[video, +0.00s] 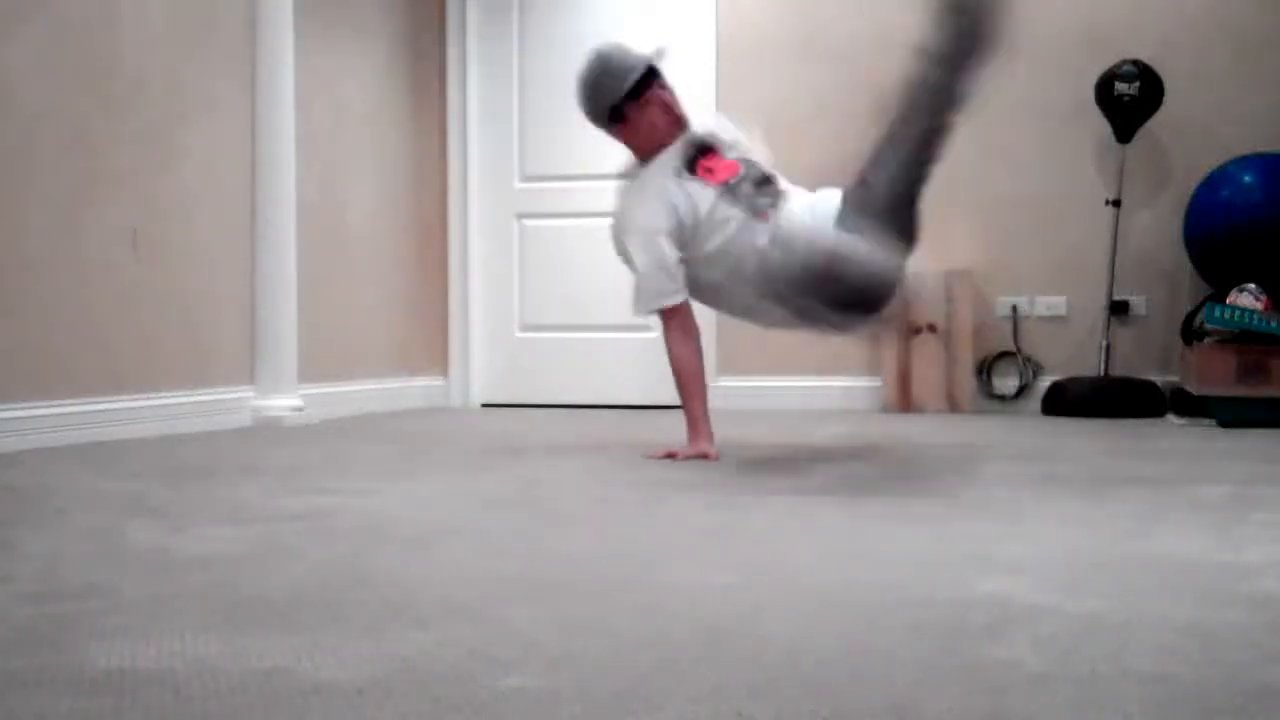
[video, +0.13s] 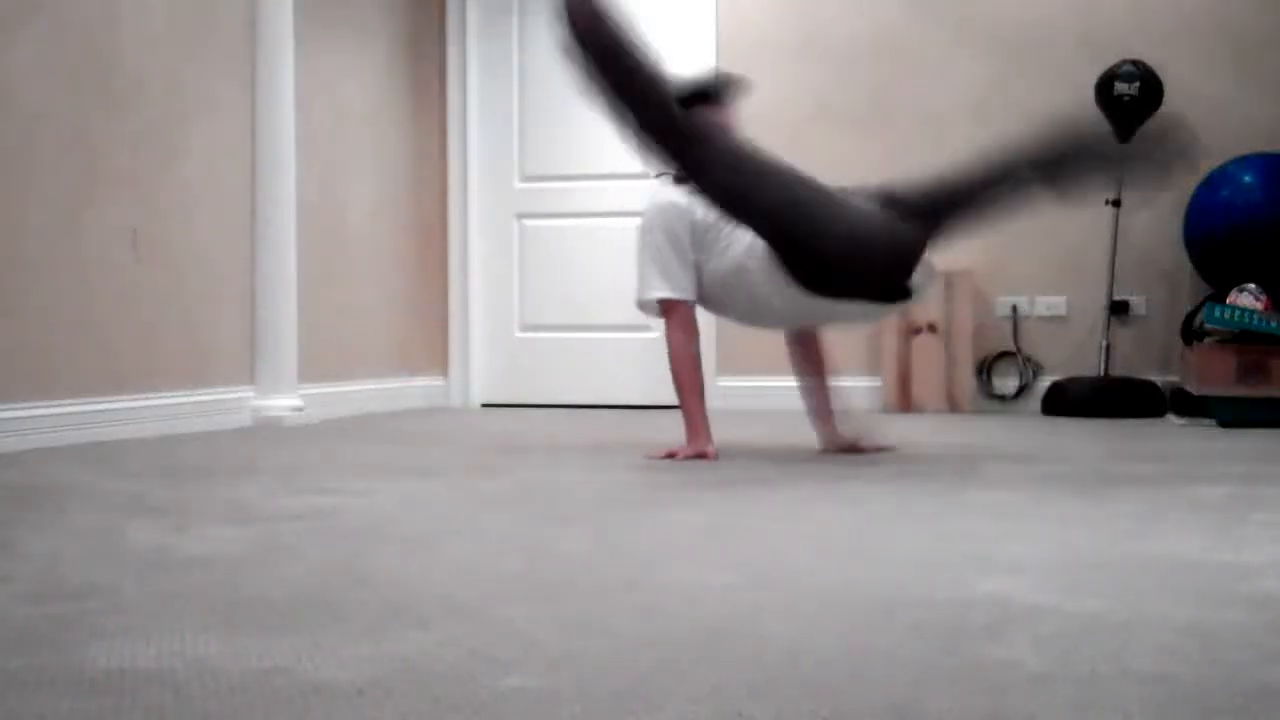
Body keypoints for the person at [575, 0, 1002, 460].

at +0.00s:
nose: (666, 101)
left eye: (660, 86)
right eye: (645, 100)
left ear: (668, 85)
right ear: (619, 127)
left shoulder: (714, 132)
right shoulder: (642, 213)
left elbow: (777, 197)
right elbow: (677, 325)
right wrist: (700, 438)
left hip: (858, 227)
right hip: (840, 290)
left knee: (919, 122)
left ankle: (961, 36)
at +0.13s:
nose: (726, 122)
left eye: (725, 111)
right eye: (711, 113)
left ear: (730, 117)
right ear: (685, 120)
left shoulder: (760, 189)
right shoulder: (671, 208)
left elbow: (800, 329)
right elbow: (680, 327)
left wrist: (829, 434)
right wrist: (698, 439)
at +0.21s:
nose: (786, 152)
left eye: (793, 141)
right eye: (775, 139)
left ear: (803, 146)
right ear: (744, 137)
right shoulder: (695, 218)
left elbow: (817, 348)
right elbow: (685, 333)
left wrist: (831, 438)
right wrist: (697, 437)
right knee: (716, 90)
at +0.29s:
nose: (858, 149)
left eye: (864, 136)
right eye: (847, 131)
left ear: (864, 144)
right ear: (813, 127)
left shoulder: (850, 233)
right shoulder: (759, 190)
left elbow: (848, 334)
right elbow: (686, 281)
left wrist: (832, 433)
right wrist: (666, 358)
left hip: (793, 345)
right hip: (742, 273)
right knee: (777, 90)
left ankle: (955, 319)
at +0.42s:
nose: (977, 181)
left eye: (989, 172)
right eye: (978, 160)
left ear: (982, 178)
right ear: (947, 138)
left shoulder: (938, 247)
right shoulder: (866, 141)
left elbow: (877, 332)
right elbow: (774, 174)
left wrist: (833, 433)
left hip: (753, 321)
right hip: (736, 242)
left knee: (734, 419)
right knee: (787, 92)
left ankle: (583, 410)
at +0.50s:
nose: (1043, 206)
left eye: (1056, 201)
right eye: (1049, 185)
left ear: (1044, 204)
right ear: (1020, 153)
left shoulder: (966, 263)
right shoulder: (938, 135)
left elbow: (889, 335)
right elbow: (833, 165)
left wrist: (832, 435)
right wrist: (870, 250)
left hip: (752, 305)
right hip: (754, 216)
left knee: (696, 423)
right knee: (757, 135)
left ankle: (533, 394)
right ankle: (667, 141)